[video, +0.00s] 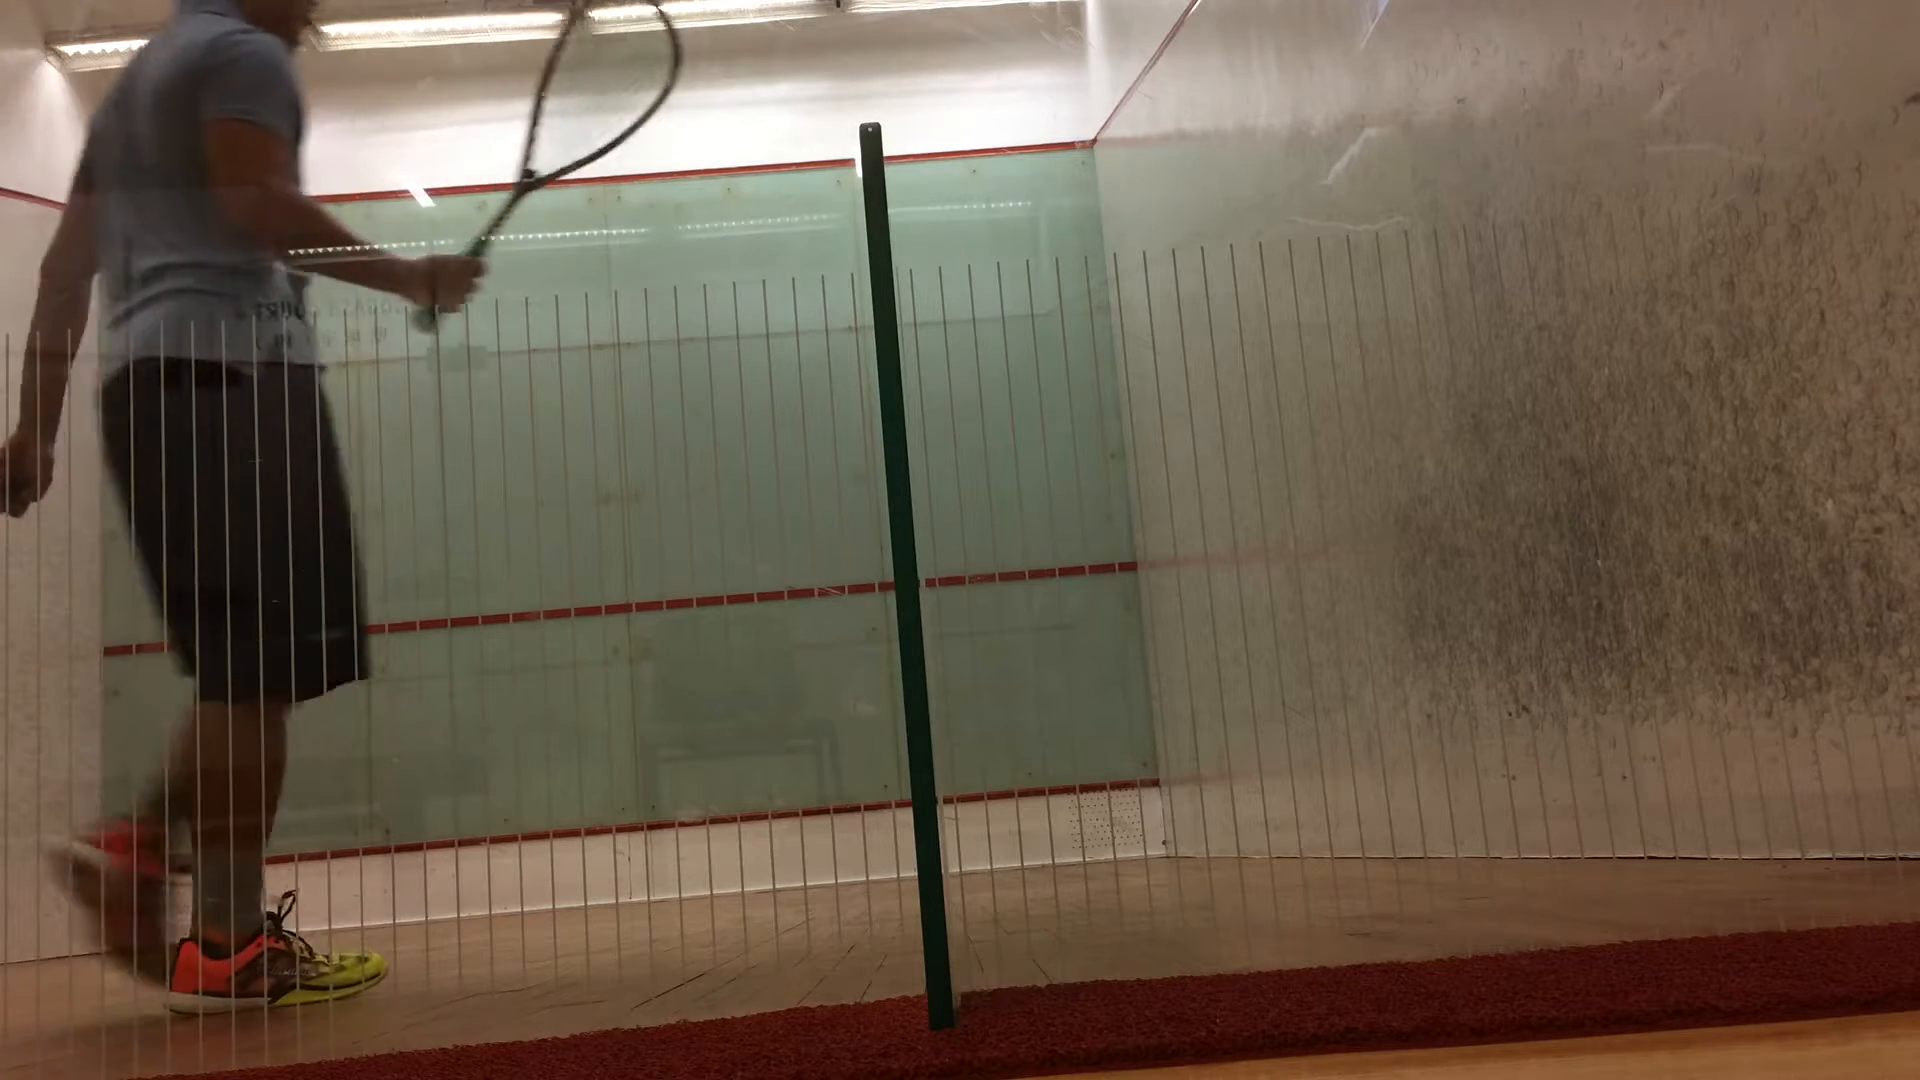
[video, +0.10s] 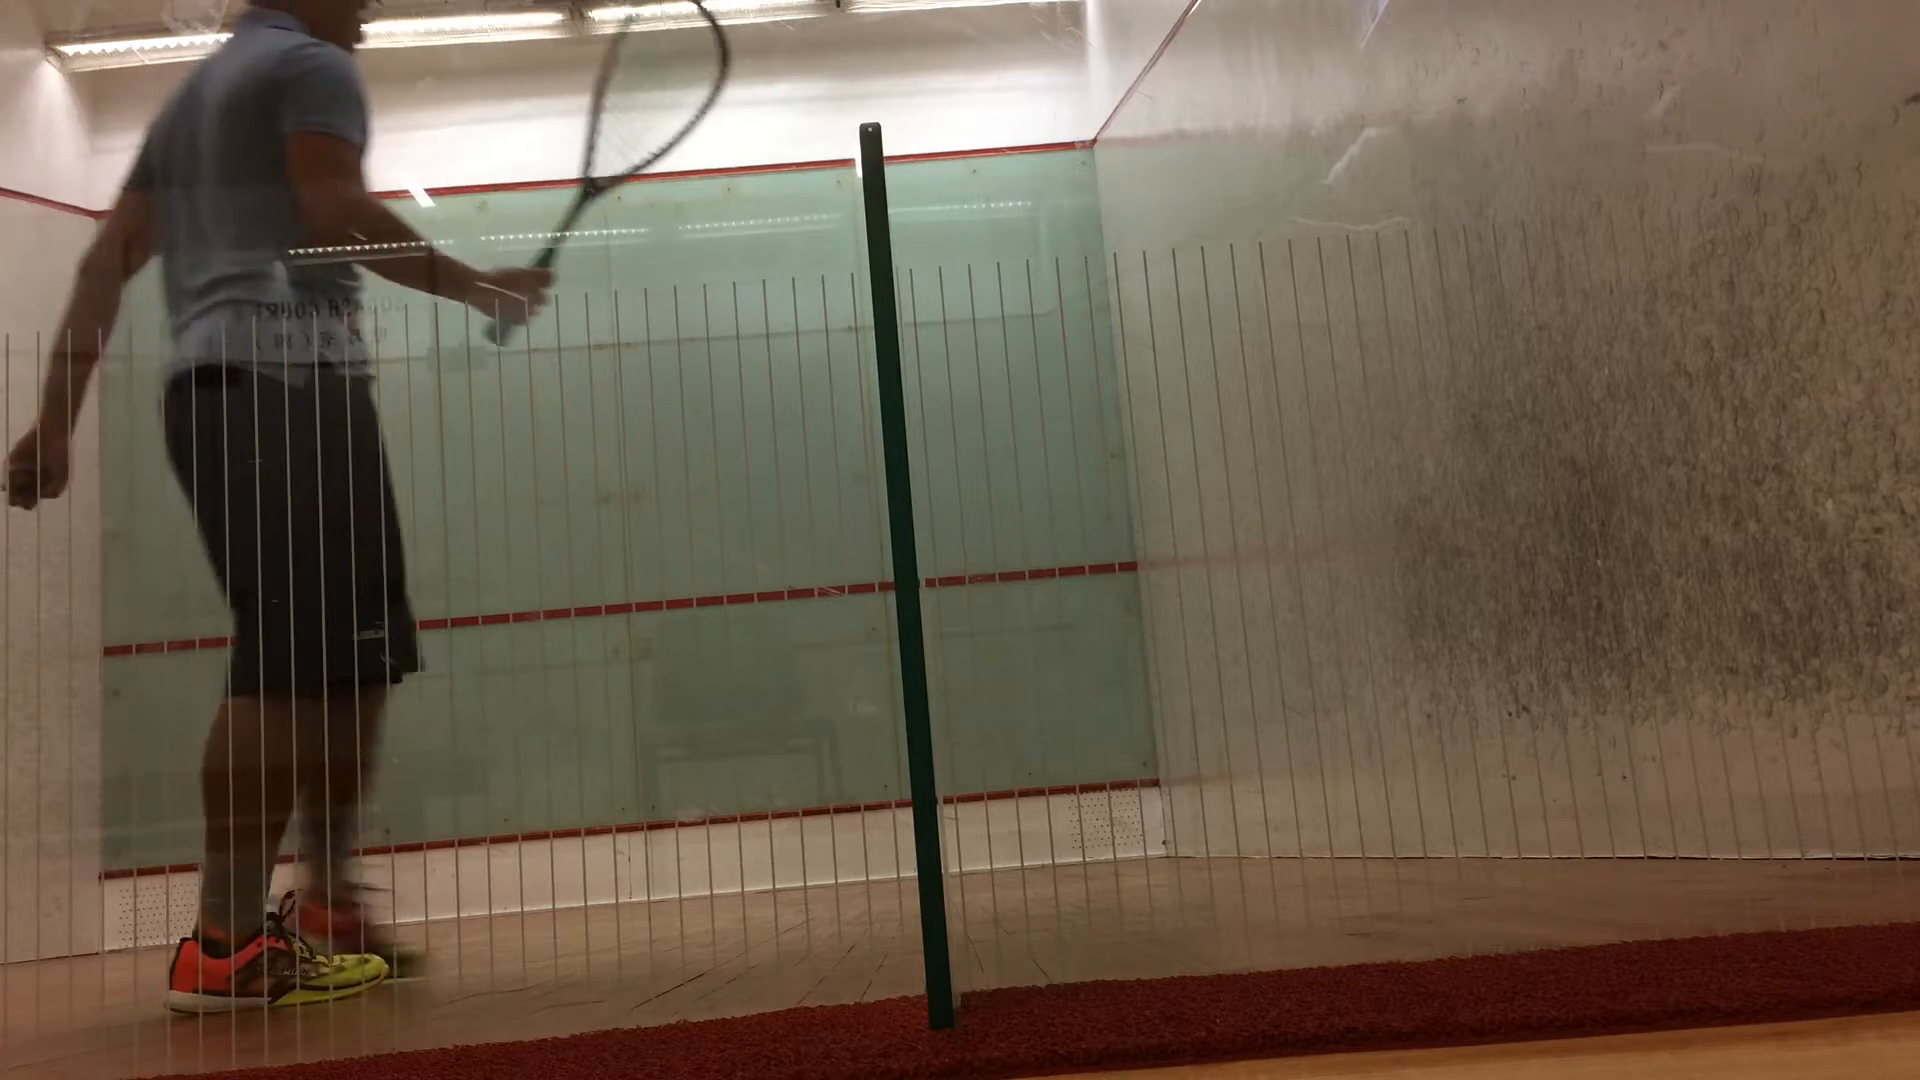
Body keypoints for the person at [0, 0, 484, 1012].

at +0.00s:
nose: (316, 19)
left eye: (317, 10)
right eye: (314, 7)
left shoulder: (133, 81)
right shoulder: (246, 53)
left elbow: (69, 262)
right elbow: (258, 206)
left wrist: (35, 425)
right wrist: (410, 277)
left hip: (150, 386)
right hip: (231, 378)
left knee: (244, 654)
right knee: (273, 650)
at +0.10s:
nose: (368, 17)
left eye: (368, 6)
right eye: (364, 4)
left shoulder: (193, 95)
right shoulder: (314, 66)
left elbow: (108, 260)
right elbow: (337, 214)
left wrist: (52, 423)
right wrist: (482, 288)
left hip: (221, 393)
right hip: (281, 390)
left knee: (361, 645)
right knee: (283, 655)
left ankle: (329, 905)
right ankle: (227, 941)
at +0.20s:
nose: (414, 33)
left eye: (413, 18)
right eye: (406, 16)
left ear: (309, 17)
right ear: (368, 12)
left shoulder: (249, 123)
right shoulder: (371, 84)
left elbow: (171, 286)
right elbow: (399, 218)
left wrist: (110, 437)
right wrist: (534, 300)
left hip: (273, 409)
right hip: (342, 406)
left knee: (390, 672)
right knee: (316, 672)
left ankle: (471, 903)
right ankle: (230, 937)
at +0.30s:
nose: (470, 62)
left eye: (470, 40)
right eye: (461, 38)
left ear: (371, 36)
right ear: (416, 31)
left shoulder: (300, 149)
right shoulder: (423, 111)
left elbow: (244, 327)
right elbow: (462, 250)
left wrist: (204, 474)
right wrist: (585, 316)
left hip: (322, 427)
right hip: (399, 421)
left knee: (431, 680)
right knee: (381, 683)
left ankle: (496, 906)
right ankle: (253, 910)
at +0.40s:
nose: (517, 66)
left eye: (517, 46)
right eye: (509, 44)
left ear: (430, 43)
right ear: (466, 38)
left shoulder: (349, 161)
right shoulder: (466, 117)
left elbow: (328, 333)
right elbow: (483, 251)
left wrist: (330, 476)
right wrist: (612, 316)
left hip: (367, 433)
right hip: (452, 422)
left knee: (452, 676)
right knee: (517, 659)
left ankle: (501, 912)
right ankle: (342, 844)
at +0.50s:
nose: (561, 68)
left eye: (562, 48)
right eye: (555, 47)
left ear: (480, 44)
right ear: (513, 44)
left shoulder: (421, 140)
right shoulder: (501, 126)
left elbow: (408, 308)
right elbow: (518, 259)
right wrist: (650, 322)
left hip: (425, 429)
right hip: (491, 423)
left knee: (485, 665)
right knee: (601, 640)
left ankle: (499, 910)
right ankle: (461, 839)